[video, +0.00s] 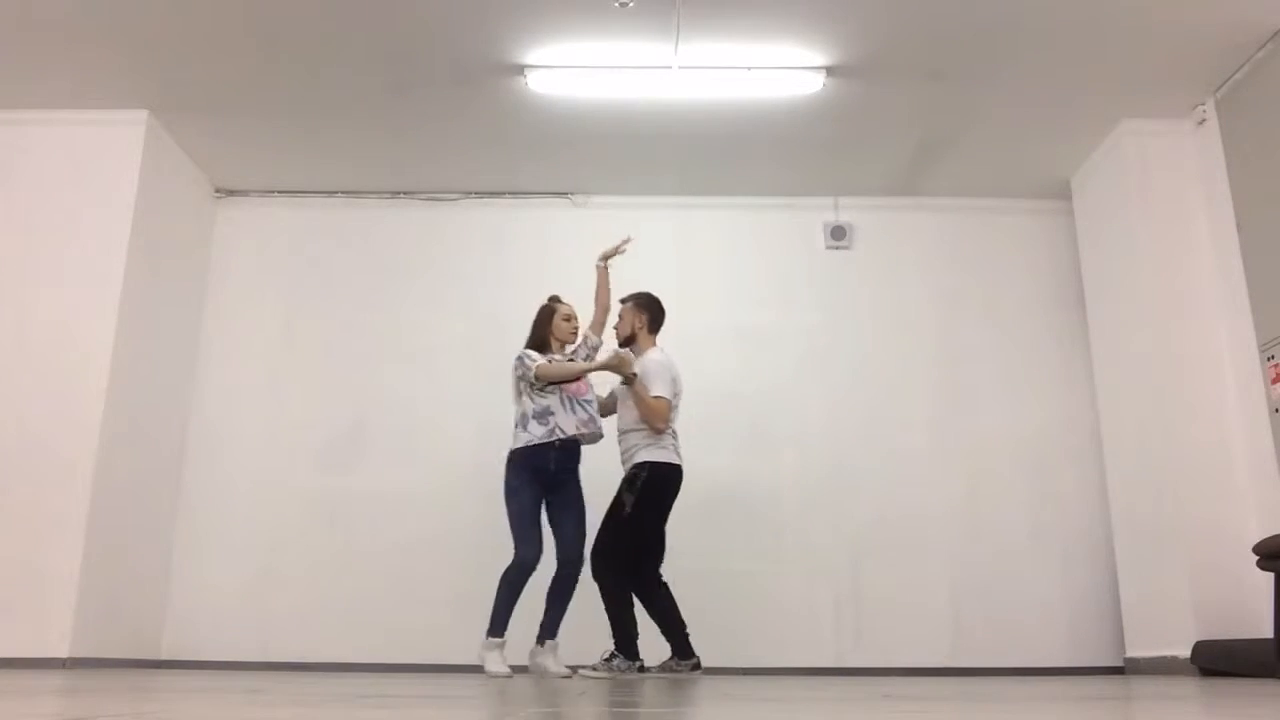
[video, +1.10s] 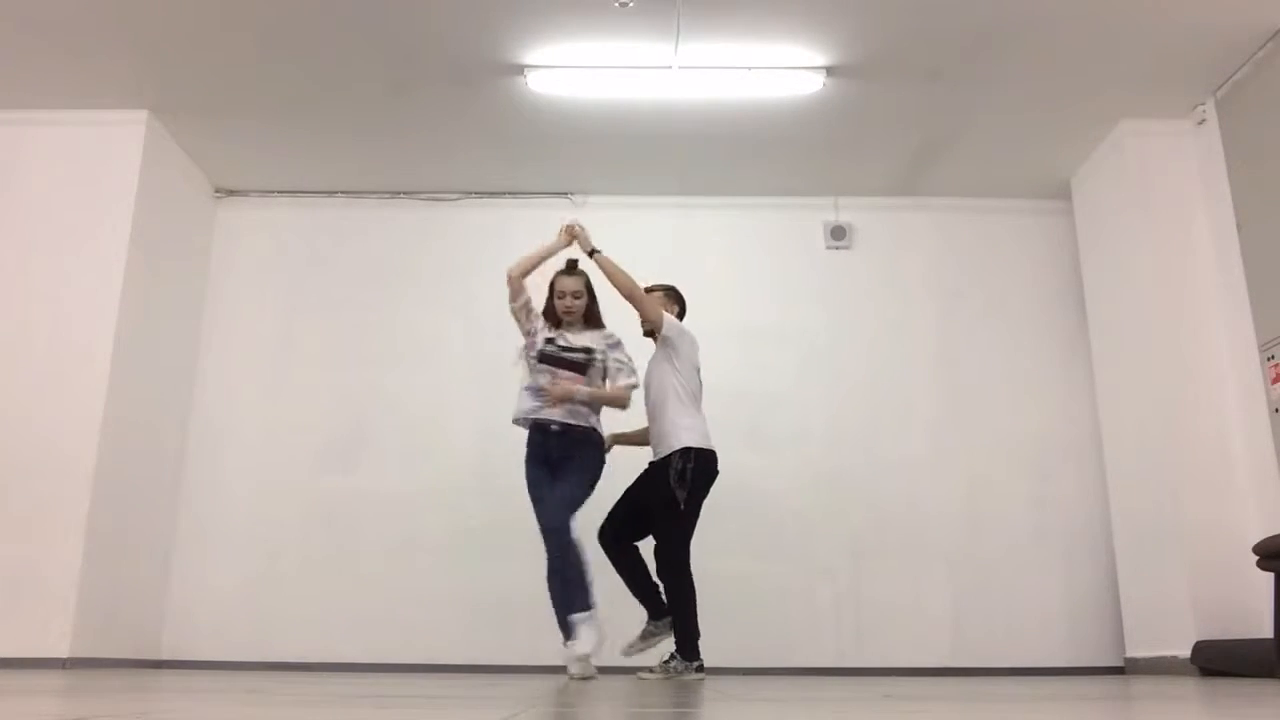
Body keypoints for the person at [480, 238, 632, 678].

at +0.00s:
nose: (576, 327)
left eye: (577, 321)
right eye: (567, 320)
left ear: (576, 328)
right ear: (548, 324)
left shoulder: (580, 356)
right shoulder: (526, 358)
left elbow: (601, 316)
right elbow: (549, 372)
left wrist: (603, 264)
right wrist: (600, 365)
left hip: (565, 471)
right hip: (525, 469)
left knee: (572, 558)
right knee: (528, 556)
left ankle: (544, 649)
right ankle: (493, 645)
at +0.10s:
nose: (577, 327)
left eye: (577, 321)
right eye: (570, 320)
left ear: (565, 327)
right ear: (550, 323)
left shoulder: (573, 358)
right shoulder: (532, 357)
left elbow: (601, 335)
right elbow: (559, 379)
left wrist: (598, 299)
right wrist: (613, 364)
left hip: (556, 473)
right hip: (522, 467)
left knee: (583, 555)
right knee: (517, 553)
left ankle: (545, 645)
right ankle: (492, 645)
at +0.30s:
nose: (582, 325)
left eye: (581, 318)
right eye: (576, 318)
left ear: (564, 322)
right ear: (557, 320)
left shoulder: (564, 361)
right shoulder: (549, 358)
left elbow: (584, 400)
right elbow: (586, 385)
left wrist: (614, 370)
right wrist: (635, 354)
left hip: (567, 471)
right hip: (543, 470)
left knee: (579, 560)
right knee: (555, 556)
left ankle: (542, 650)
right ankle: (504, 639)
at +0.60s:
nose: (597, 320)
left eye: (596, 314)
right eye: (591, 314)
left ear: (566, 320)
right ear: (574, 317)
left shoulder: (552, 356)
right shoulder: (593, 349)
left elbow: (587, 395)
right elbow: (641, 344)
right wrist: (669, 302)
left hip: (540, 465)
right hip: (563, 467)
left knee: (547, 558)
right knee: (598, 546)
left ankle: (537, 652)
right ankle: (579, 646)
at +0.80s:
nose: (601, 310)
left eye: (599, 303)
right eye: (592, 303)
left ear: (581, 309)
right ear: (577, 307)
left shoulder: (571, 346)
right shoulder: (578, 337)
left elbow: (571, 405)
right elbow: (613, 309)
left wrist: (603, 375)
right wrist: (634, 255)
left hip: (562, 457)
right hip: (560, 459)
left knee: (569, 555)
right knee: (594, 548)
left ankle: (540, 649)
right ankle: (575, 649)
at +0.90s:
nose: (590, 300)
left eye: (591, 296)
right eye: (581, 295)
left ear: (590, 308)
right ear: (563, 302)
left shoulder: (584, 350)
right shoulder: (560, 335)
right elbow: (581, 287)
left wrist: (604, 380)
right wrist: (596, 238)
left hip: (577, 462)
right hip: (551, 460)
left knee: (608, 544)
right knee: (585, 544)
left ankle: (559, 621)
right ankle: (574, 647)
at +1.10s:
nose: (567, 302)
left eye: (576, 295)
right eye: (561, 295)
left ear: (588, 298)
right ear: (552, 297)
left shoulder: (606, 341)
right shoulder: (536, 332)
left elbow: (623, 397)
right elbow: (513, 278)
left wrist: (576, 390)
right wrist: (557, 244)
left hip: (583, 445)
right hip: (540, 443)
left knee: (554, 519)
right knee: (552, 535)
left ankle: (583, 613)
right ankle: (571, 637)